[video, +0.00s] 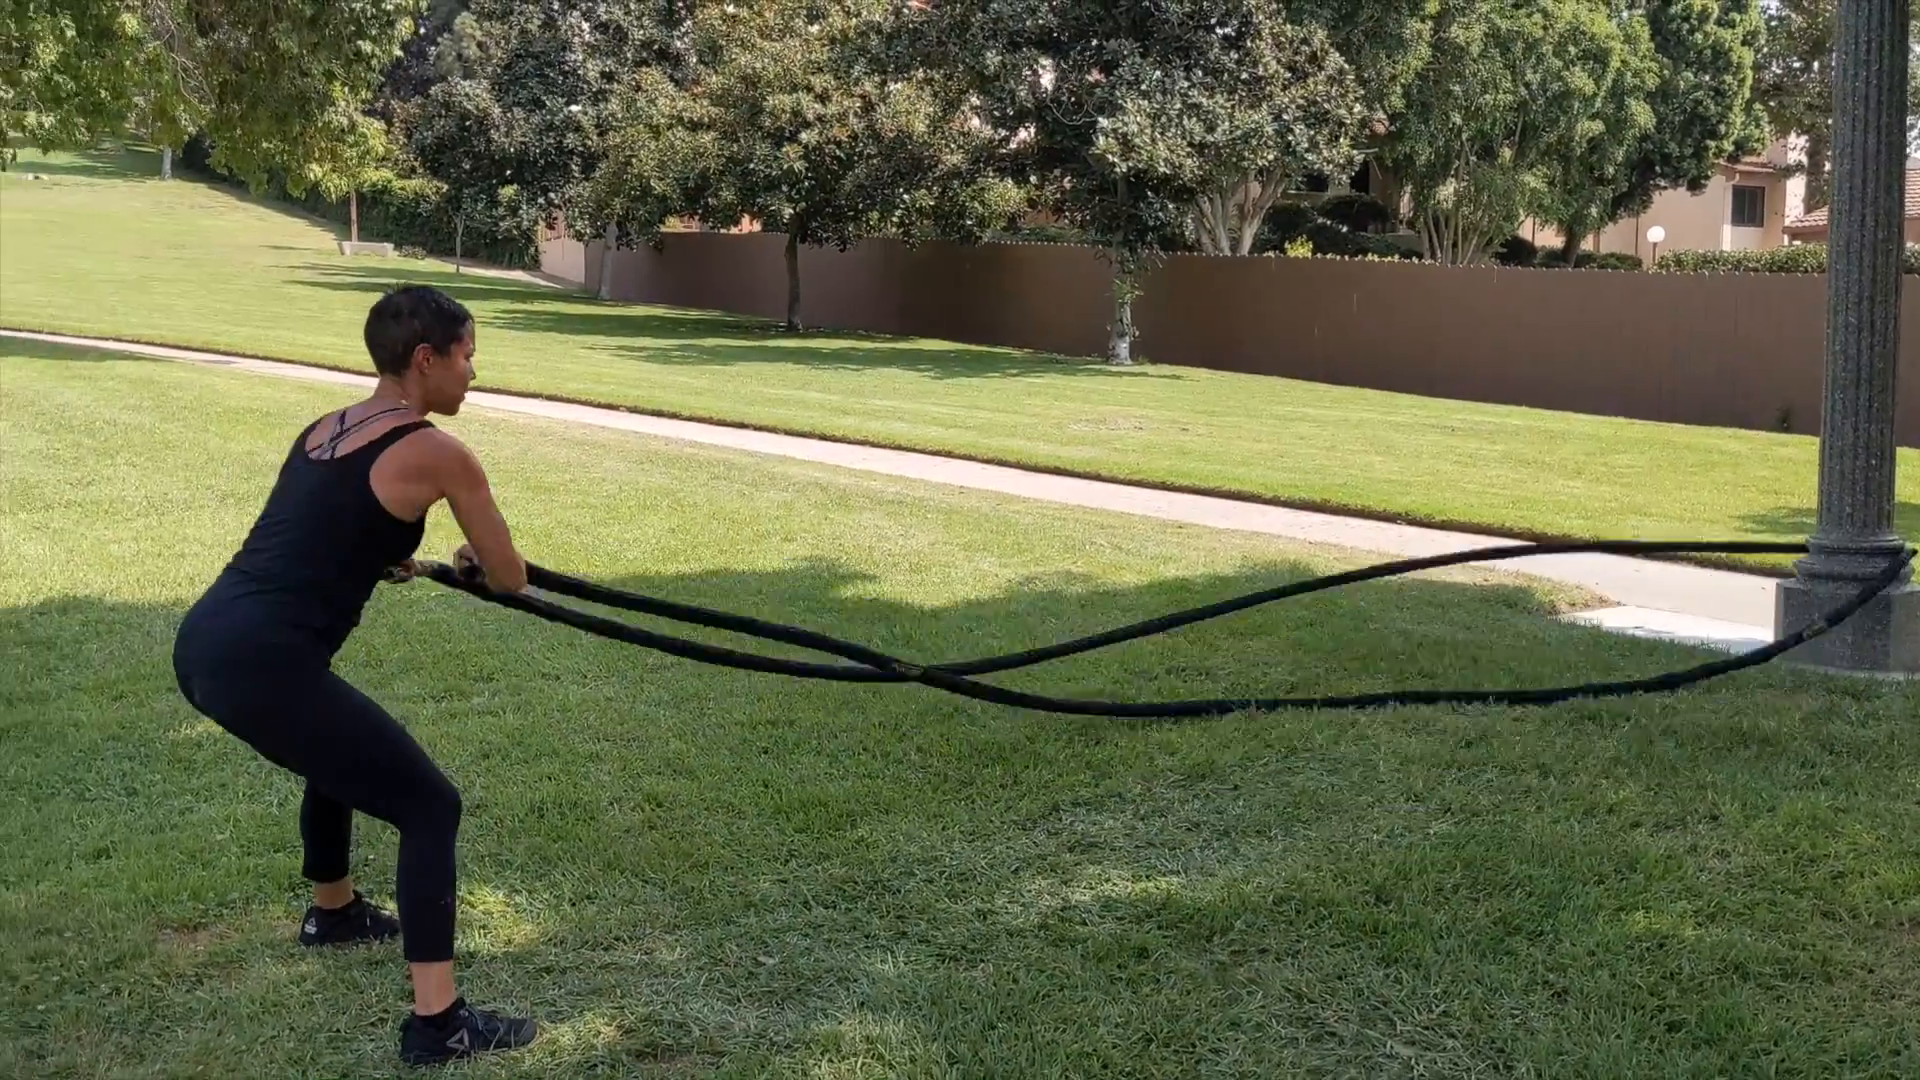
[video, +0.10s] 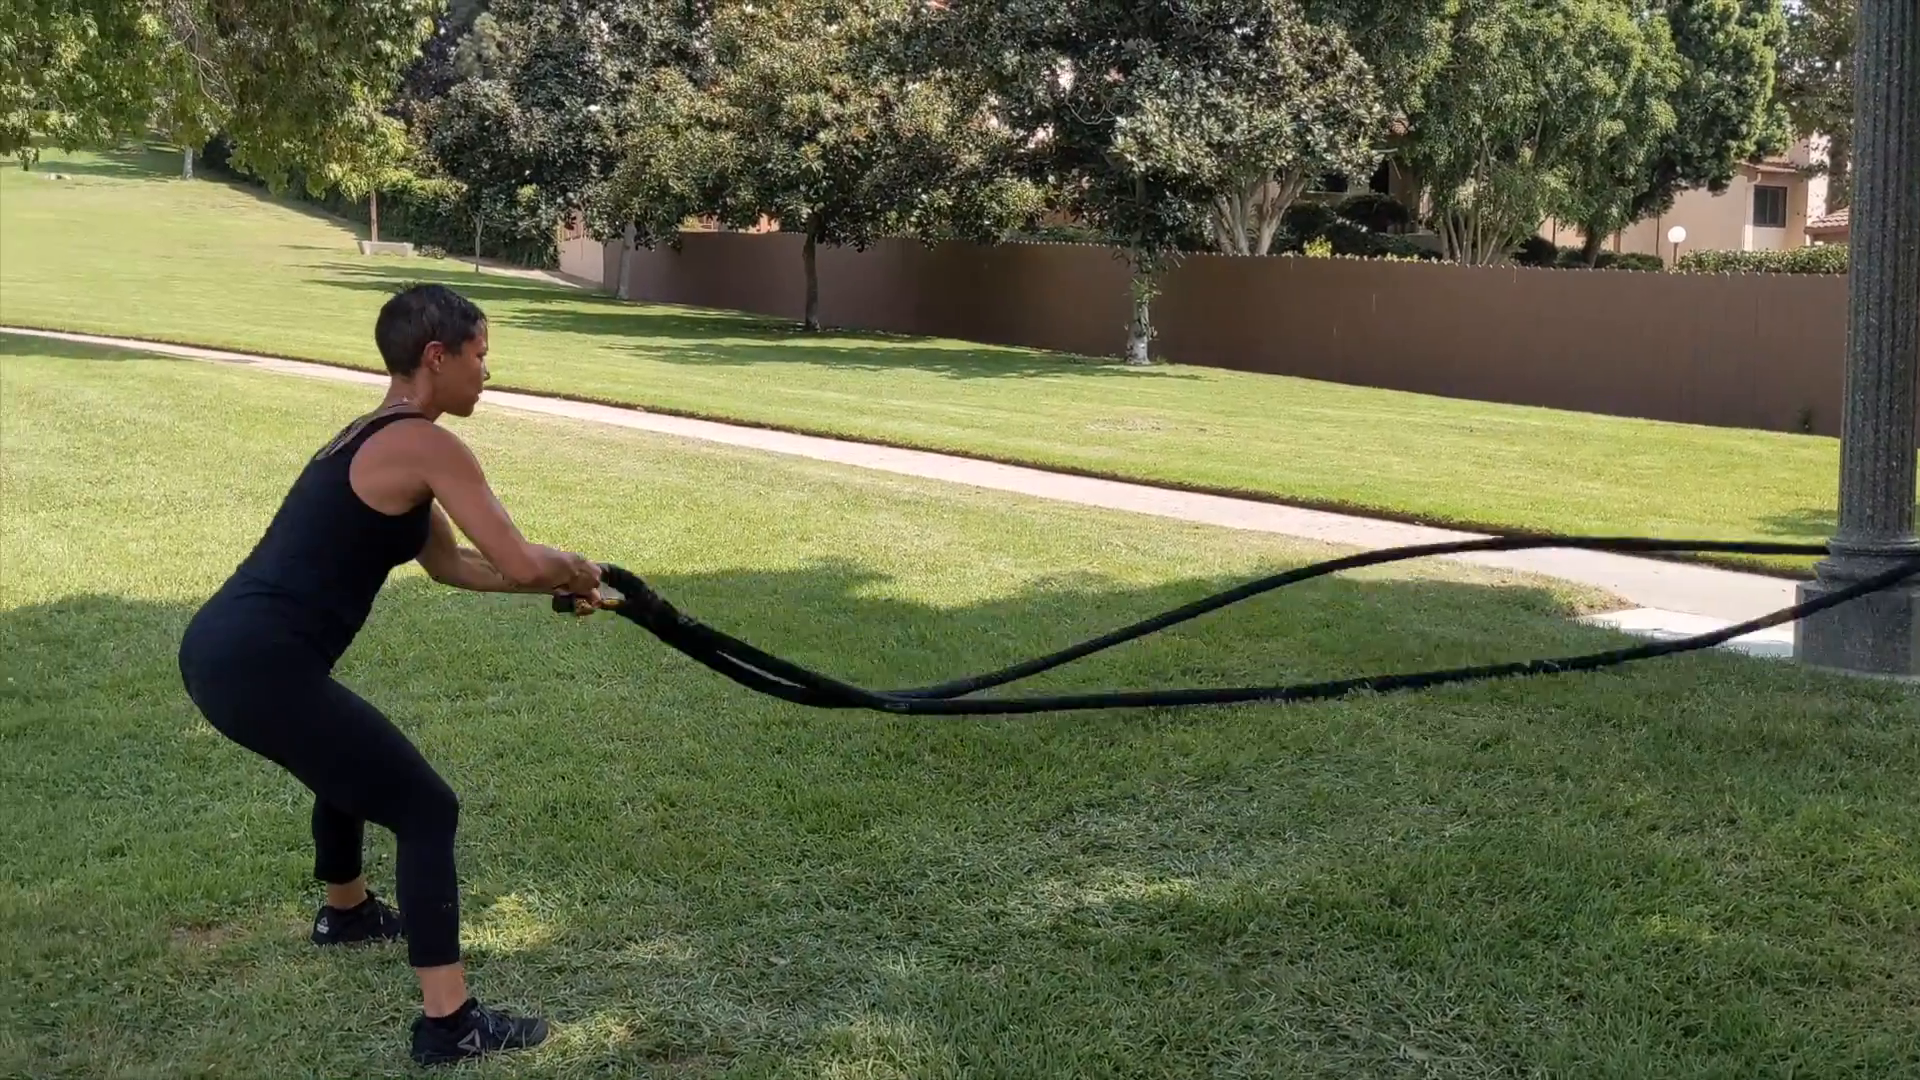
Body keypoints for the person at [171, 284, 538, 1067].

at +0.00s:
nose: (472, 370)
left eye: (471, 354)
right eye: (465, 355)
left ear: (393, 359)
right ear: (425, 359)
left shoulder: (330, 424)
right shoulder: (438, 452)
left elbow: (311, 520)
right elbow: (508, 574)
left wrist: (384, 552)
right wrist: (485, 572)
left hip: (203, 647)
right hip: (266, 666)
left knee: (335, 751)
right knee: (432, 804)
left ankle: (334, 908)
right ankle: (437, 1018)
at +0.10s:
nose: (487, 371)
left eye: (486, 356)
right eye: (478, 356)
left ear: (419, 360)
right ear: (435, 357)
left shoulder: (371, 441)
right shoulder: (429, 446)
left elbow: (449, 563)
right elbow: (522, 565)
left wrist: (546, 582)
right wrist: (573, 569)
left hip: (220, 649)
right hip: (258, 667)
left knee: (350, 759)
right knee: (427, 806)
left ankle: (346, 907)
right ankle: (447, 1017)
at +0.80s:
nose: (439, 359)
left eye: (439, 343)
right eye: (431, 343)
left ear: (371, 349)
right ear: (384, 348)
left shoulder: (311, 415)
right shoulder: (389, 448)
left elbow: (353, 525)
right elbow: (464, 574)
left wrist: (461, 535)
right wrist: (525, 579)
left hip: (190, 641)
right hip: (242, 657)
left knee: (339, 758)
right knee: (396, 806)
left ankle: (341, 906)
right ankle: (431, 1020)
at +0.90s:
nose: (439, 362)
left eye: (438, 347)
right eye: (430, 347)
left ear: (367, 352)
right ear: (387, 351)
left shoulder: (290, 414)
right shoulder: (408, 453)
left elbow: (294, 513)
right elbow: (465, 579)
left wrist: (381, 543)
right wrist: (491, 585)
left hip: (182, 644)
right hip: (251, 658)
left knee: (332, 752)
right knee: (411, 807)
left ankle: (335, 907)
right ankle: (428, 1019)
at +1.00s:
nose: (444, 367)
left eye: (443, 352)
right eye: (436, 352)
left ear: (368, 358)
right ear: (395, 357)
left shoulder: (296, 416)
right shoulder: (416, 455)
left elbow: (203, 498)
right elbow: (471, 577)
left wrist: (297, 513)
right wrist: (468, 546)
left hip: (182, 645)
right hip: (252, 659)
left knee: (329, 751)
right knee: (415, 808)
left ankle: (333, 910)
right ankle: (424, 1022)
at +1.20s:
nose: (447, 370)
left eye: (446, 355)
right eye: (440, 355)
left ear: (367, 358)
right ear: (398, 359)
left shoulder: (294, 417)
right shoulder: (417, 460)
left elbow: (227, 502)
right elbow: (448, 579)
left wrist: (330, 518)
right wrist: (411, 519)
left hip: (176, 651)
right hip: (245, 670)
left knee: (317, 759)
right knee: (413, 813)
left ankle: (323, 914)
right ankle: (416, 1026)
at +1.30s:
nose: (443, 371)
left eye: (443, 355)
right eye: (436, 354)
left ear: (369, 359)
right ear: (393, 357)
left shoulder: (314, 428)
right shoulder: (397, 452)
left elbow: (358, 554)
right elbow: (455, 585)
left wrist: (451, 569)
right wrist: (479, 582)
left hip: (176, 654)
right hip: (226, 674)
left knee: (317, 767)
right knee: (397, 814)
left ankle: (319, 916)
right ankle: (412, 1028)